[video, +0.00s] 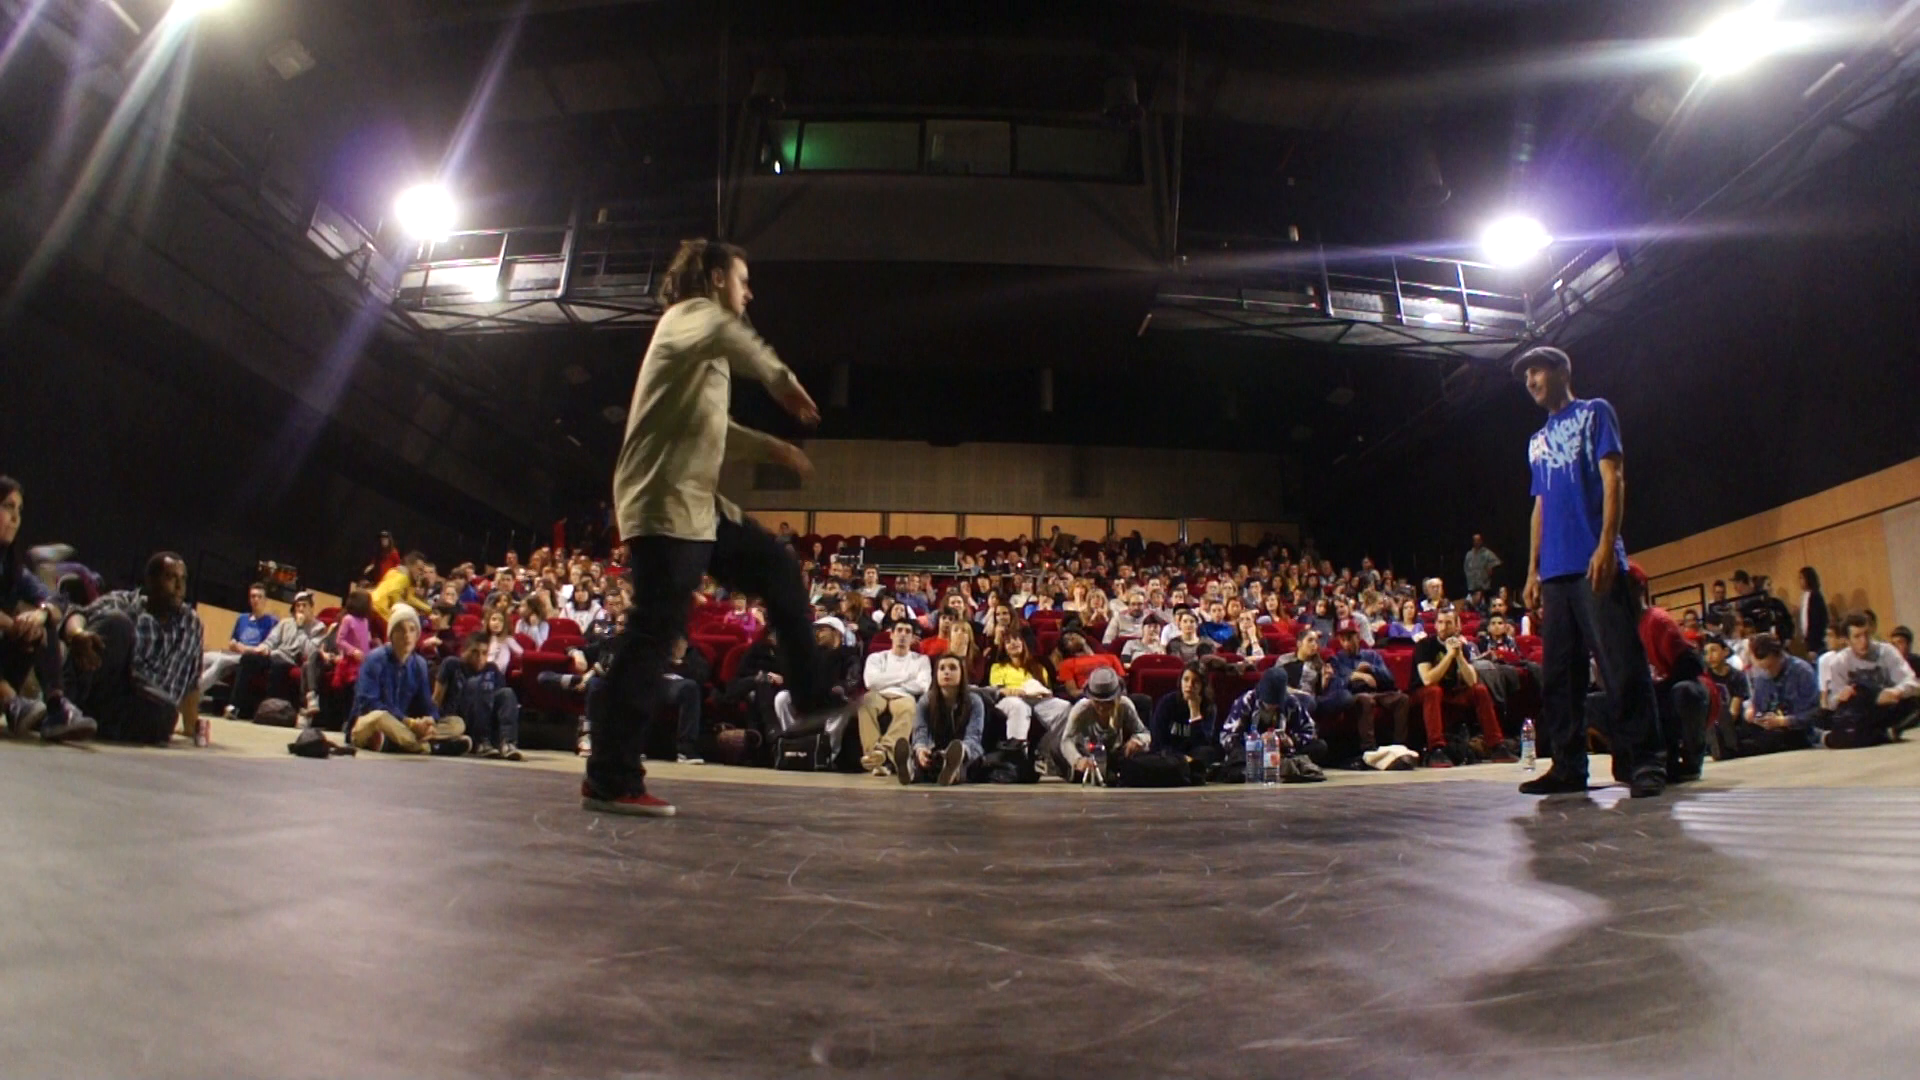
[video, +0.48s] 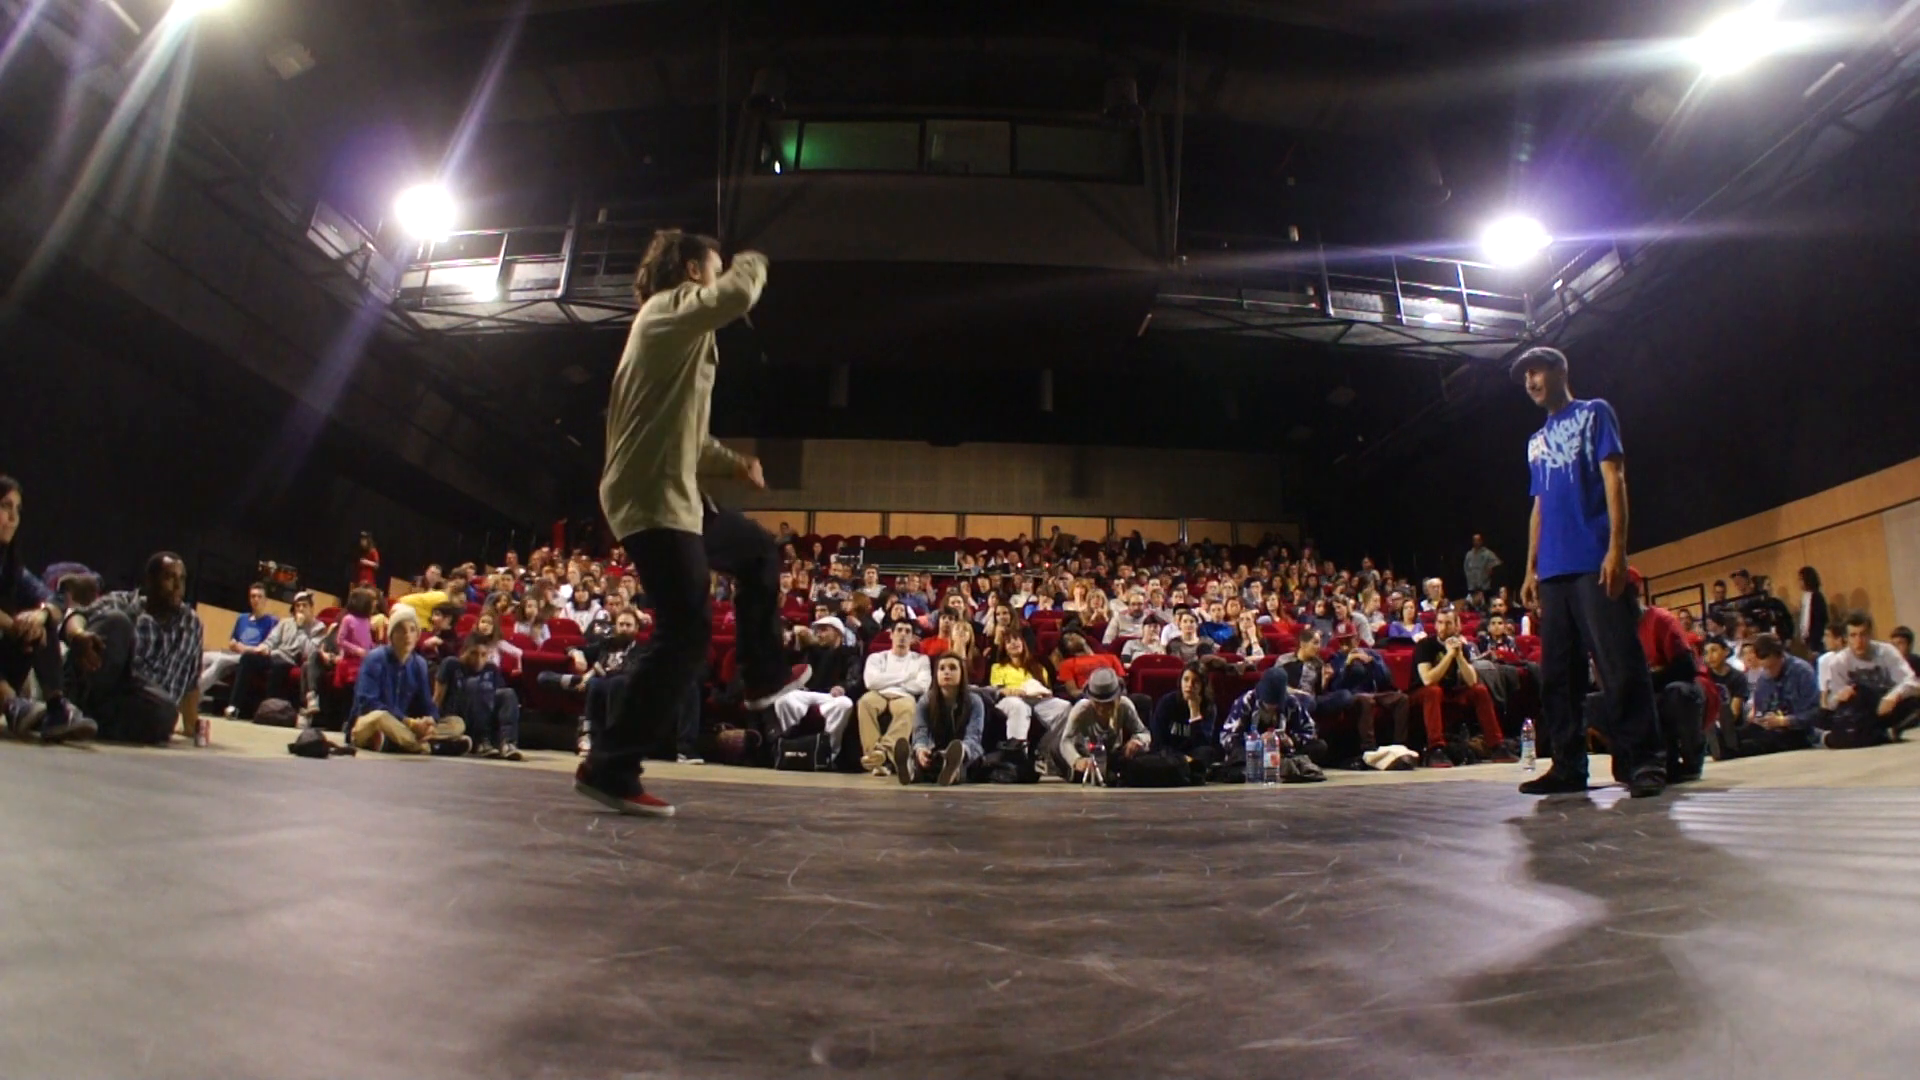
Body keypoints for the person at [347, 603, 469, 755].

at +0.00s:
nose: (407, 636)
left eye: (412, 630)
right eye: (401, 631)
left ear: (418, 634)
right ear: (391, 635)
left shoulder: (419, 664)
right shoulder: (375, 659)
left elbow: (426, 703)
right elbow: (368, 703)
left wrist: (430, 720)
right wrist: (406, 722)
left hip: (412, 724)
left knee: (457, 723)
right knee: (380, 717)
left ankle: (395, 744)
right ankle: (427, 748)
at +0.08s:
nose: (407, 636)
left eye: (412, 630)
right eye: (401, 630)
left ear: (418, 634)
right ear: (391, 635)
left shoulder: (420, 664)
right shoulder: (375, 659)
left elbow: (426, 703)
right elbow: (368, 703)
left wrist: (430, 720)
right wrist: (407, 722)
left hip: (412, 724)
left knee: (457, 724)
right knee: (380, 717)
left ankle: (394, 744)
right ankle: (427, 748)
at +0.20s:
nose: (407, 636)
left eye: (412, 630)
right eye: (401, 631)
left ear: (417, 634)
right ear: (391, 636)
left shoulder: (420, 664)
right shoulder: (375, 658)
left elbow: (426, 703)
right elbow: (368, 703)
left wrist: (430, 720)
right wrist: (407, 722)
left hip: (412, 725)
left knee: (457, 723)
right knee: (380, 717)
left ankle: (394, 744)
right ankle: (426, 748)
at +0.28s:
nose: (407, 636)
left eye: (412, 630)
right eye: (401, 631)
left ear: (418, 634)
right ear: (391, 635)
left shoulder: (420, 664)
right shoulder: (375, 659)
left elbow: (426, 704)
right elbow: (367, 703)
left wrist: (430, 720)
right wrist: (406, 722)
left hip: (412, 724)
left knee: (457, 723)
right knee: (380, 717)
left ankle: (395, 744)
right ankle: (427, 748)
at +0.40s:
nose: (407, 636)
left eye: (412, 630)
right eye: (401, 631)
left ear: (418, 634)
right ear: (391, 635)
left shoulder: (420, 664)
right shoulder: (375, 659)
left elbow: (426, 703)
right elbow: (367, 703)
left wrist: (430, 720)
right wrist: (406, 722)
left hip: (412, 724)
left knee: (457, 723)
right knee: (380, 717)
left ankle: (395, 744)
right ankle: (426, 748)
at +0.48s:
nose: (407, 636)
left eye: (412, 630)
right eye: (401, 630)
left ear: (417, 635)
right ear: (391, 635)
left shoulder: (420, 664)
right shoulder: (375, 659)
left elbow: (426, 704)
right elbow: (367, 703)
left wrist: (430, 721)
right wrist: (406, 721)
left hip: (411, 725)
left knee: (457, 723)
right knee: (380, 717)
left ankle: (394, 744)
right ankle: (427, 748)